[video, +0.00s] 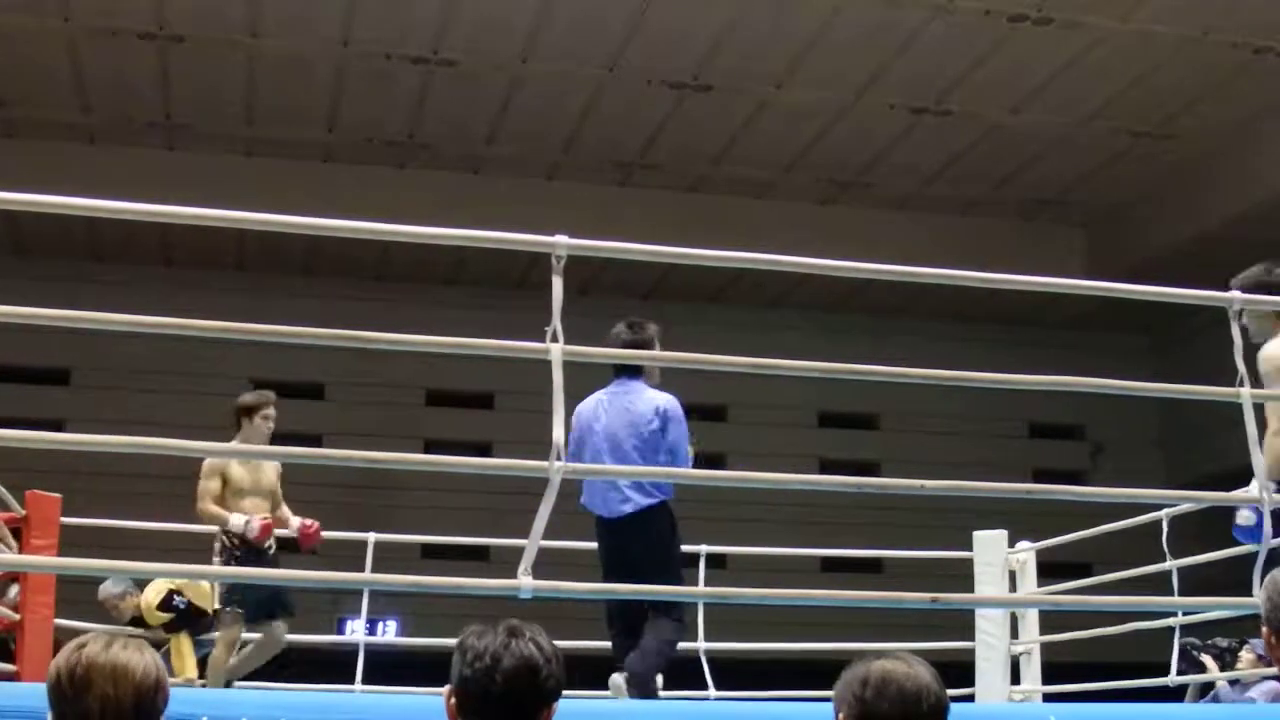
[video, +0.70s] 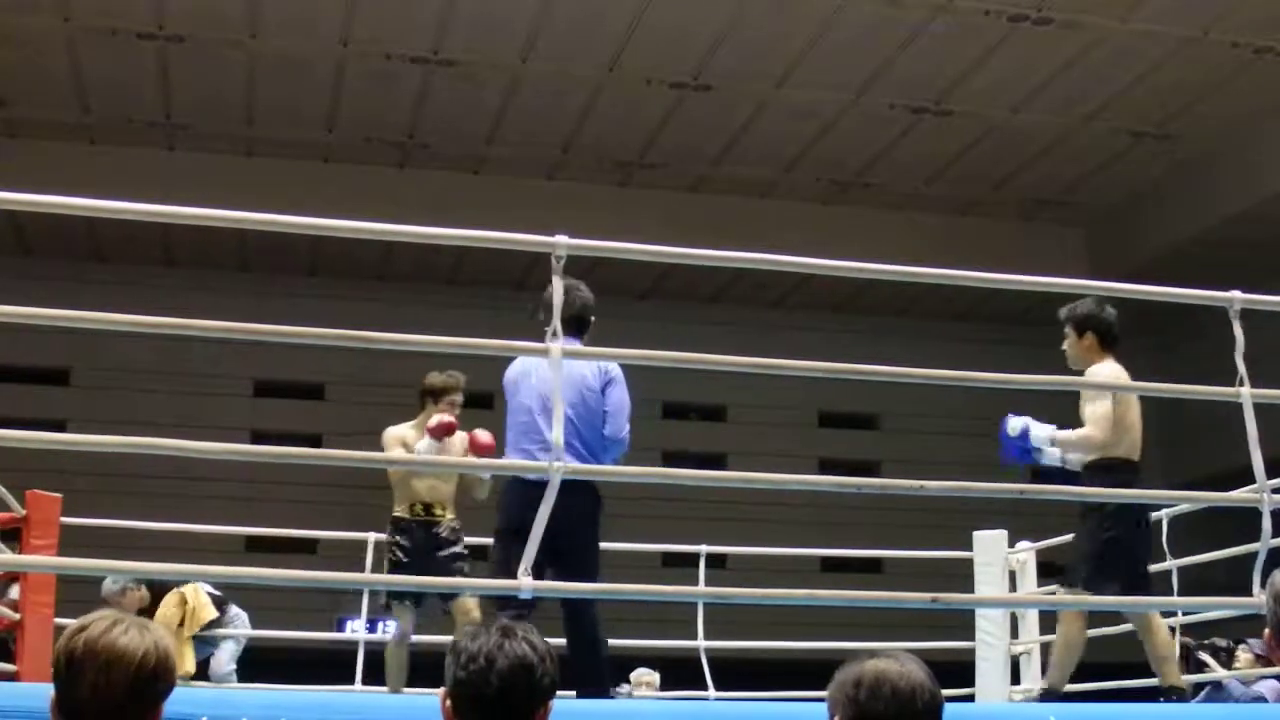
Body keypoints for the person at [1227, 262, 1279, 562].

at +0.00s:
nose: (1241, 321)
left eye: (1244, 312)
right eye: (1239, 313)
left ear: (1267, 308)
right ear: (1267, 308)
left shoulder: (1271, 354)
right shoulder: (1269, 353)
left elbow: (1274, 430)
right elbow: (1274, 429)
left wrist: (1263, 487)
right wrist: (1262, 486)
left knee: (1270, 591)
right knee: (1269, 590)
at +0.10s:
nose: (1221, 329)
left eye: (1223, 318)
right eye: (1220, 319)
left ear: (1238, 316)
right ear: (1261, 314)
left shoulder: (1246, 356)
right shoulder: (1273, 348)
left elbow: (1251, 428)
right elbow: (1257, 428)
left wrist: (1227, 483)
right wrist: (1240, 483)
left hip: (1271, 477)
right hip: (1270, 476)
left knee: (1257, 577)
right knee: (1258, 575)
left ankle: (1254, 676)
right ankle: (1256, 670)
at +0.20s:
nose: (1197, 336)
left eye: (1199, 326)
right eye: (1196, 327)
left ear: (1214, 324)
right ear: (1234, 324)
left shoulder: (1215, 363)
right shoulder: (1267, 362)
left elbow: (1216, 425)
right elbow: (1269, 428)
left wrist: (1195, 485)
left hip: (1240, 469)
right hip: (1273, 468)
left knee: (1232, 586)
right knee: (1232, 587)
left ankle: (1204, 682)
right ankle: (1204, 681)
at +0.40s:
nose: (1143, 342)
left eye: (1147, 333)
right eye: (1143, 334)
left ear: (1165, 333)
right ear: (1180, 335)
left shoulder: (1166, 366)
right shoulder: (1206, 374)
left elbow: (1164, 425)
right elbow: (1233, 449)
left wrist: (1132, 476)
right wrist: (1209, 481)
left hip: (1179, 473)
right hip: (1208, 474)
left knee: (1182, 591)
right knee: (1187, 589)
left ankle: (1257, 648)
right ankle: (1183, 690)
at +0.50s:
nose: (1117, 341)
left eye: (1120, 331)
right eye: (1116, 332)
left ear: (1140, 330)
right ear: (1155, 332)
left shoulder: (1146, 362)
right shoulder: (1178, 371)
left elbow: (1146, 420)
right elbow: (1192, 451)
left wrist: (1099, 457)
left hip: (1157, 471)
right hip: (1182, 475)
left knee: (1126, 586)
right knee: (1169, 588)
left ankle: (1199, 657)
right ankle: (1182, 685)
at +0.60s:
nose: (1090, 341)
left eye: (1095, 332)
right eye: (1091, 332)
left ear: (1115, 332)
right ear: (1123, 334)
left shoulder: (1124, 367)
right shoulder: (1146, 371)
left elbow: (1125, 424)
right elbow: (1140, 449)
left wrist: (1065, 442)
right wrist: (1084, 469)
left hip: (1133, 488)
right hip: (1156, 489)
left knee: (1092, 586)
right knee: (1161, 599)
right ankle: (1182, 695)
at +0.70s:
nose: (1063, 346)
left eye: (1068, 337)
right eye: (1064, 338)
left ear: (1089, 338)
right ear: (1098, 339)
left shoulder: (1098, 376)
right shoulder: (1119, 377)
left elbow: (1099, 437)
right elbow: (1118, 450)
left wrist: (1044, 434)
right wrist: (1050, 451)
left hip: (1106, 489)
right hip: (1125, 490)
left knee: (1074, 596)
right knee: (1138, 600)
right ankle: (1176, 692)